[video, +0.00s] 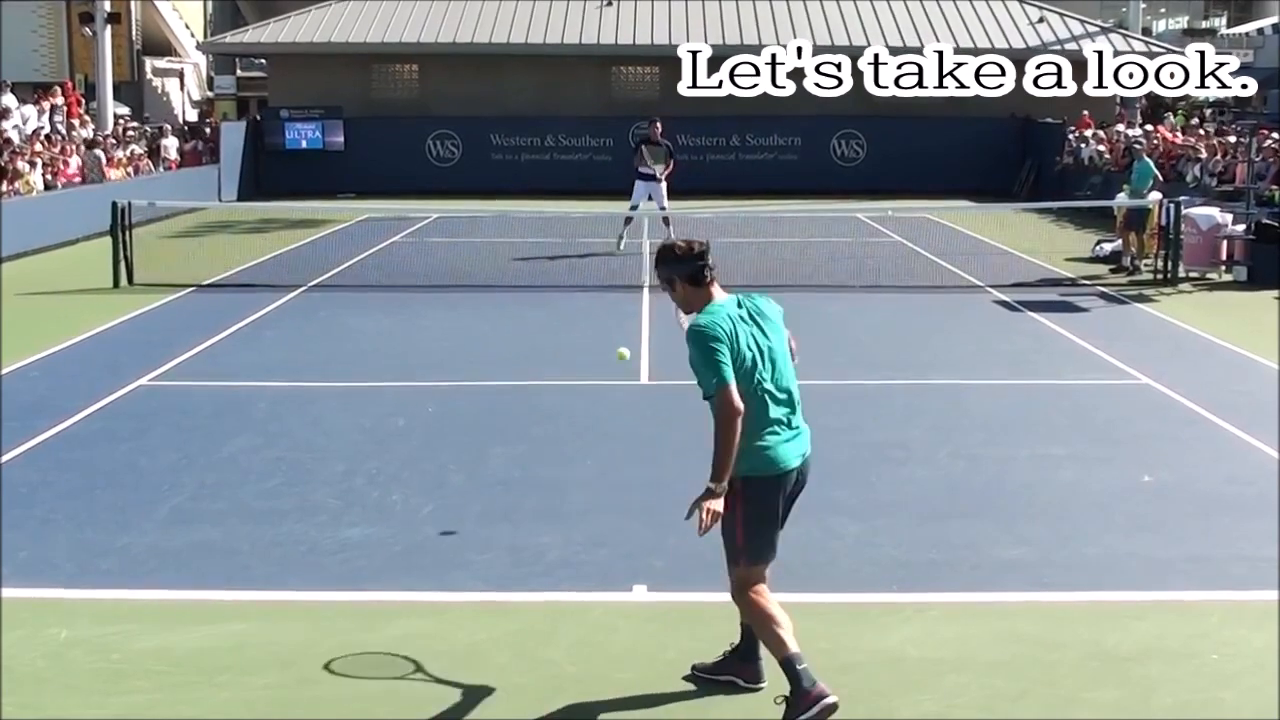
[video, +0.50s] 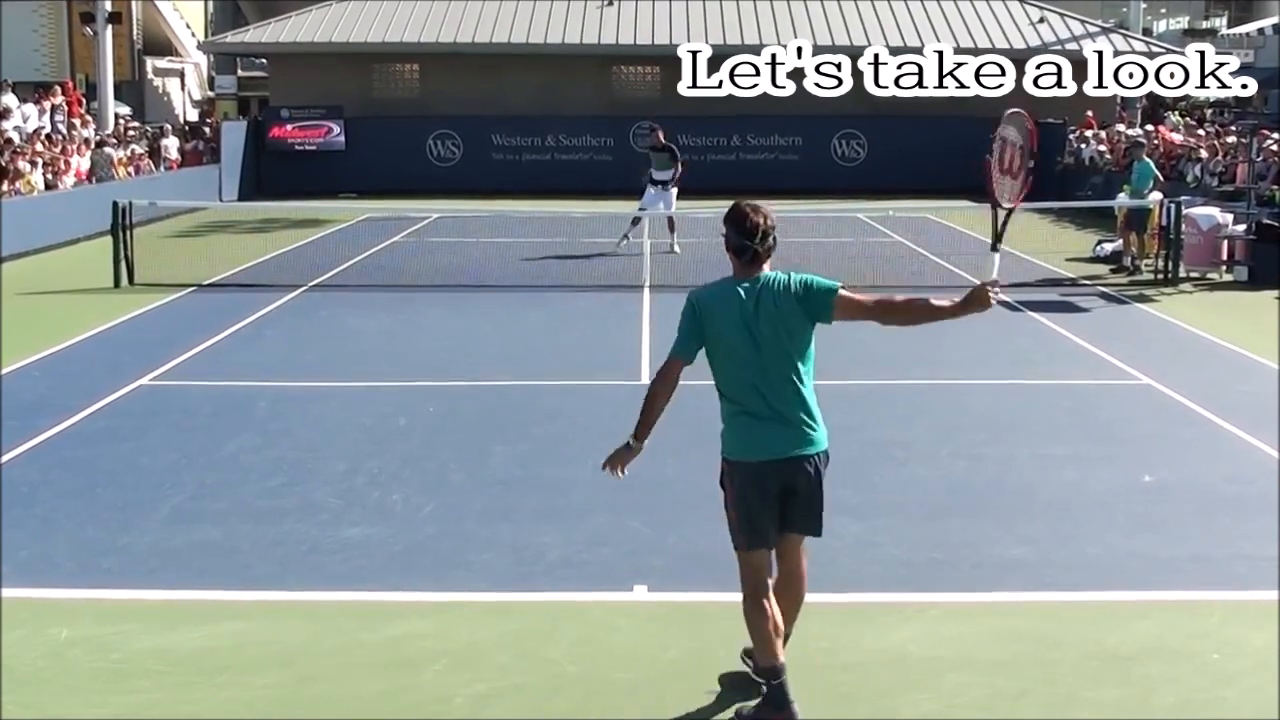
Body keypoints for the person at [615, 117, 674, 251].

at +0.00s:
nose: (656, 131)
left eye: (658, 128)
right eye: (653, 128)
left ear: (661, 130)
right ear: (649, 129)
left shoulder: (666, 145)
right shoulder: (641, 144)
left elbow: (671, 163)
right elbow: (637, 163)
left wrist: (663, 175)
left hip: (658, 181)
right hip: (642, 180)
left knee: (664, 209)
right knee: (633, 208)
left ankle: (670, 236)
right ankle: (622, 235)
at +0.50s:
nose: (654, 139)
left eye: (656, 136)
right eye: (652, 136)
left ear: (661, 135)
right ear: (651, 138)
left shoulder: (671, 149)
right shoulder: (651, 149)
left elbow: (678, 167)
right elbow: (653, 165)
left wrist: (672, 182)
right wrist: (648, 176)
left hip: (668, 184)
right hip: (653, 183)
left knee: (670, 214)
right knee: (641, 211)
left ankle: (673, 242)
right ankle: (626, 236)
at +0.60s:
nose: (650, 139)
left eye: (652, 136)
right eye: (650, 136)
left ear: (658, 135)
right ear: (650, 137)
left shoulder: (672, 147)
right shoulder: (652, 149)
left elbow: (686, 160)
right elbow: (657, 164)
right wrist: (651, 173)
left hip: (671, 184)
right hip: (655, 183)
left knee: (672, 214)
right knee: (643, 209)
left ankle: (675, 242)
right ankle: (631, 232)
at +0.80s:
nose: (653, 140)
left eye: (654, 137)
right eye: (651, 138)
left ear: (660, 136)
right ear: (650, 140)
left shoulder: (671, 148)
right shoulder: (652, 153)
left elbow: (691, 153)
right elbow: (659, 168)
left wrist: (704, 167)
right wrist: (650, 177)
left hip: (673, 186)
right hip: (656, 185)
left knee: (674, 215)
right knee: (645, 210)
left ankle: (675, 244)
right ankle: (639, 234)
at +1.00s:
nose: (653, 141)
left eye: (654, 137)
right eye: (650, 139)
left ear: (658, 137)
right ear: (647, 141)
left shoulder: (668, 150)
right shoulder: (648, 154)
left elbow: (688, 157)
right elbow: (652, 169)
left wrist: (697, 173)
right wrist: (646, 176)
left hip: (670, 188)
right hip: (653, 188)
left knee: (671, 216)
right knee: (648, 215)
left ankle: (673, 244)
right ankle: (651, 238)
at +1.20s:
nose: (650, 142)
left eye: (652, 139)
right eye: (648, 140)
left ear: (656, 140)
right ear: (645, 141)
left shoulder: (665, 153)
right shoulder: (641, 156)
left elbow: (679, 162)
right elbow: (640, 172)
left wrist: (682, 177)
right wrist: (645, 183)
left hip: (664, 186)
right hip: (649, 186)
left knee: (666, 215)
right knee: (649, 215)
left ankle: (668, 242)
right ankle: (654, 241)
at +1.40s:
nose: (653, 140)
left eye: (654, 138)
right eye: (650, 138)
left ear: (658, 139)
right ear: (646, 140)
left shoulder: (667, 153)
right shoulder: (641, 154)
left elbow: (674, 167)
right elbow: (638, 170)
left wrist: (670, 179)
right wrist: (645, 177)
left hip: (661, 188)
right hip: (646, 188)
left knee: (660, 216)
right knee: (643, 215)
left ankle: (657, 243)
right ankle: (647, 237)